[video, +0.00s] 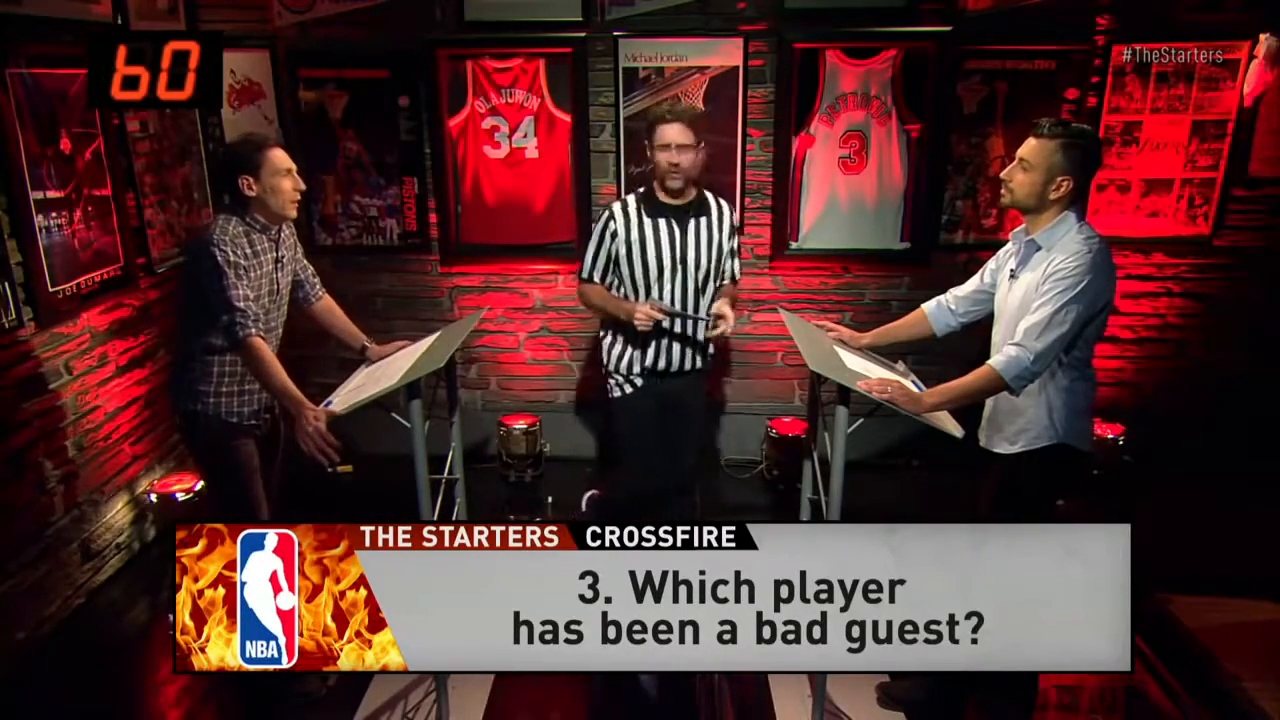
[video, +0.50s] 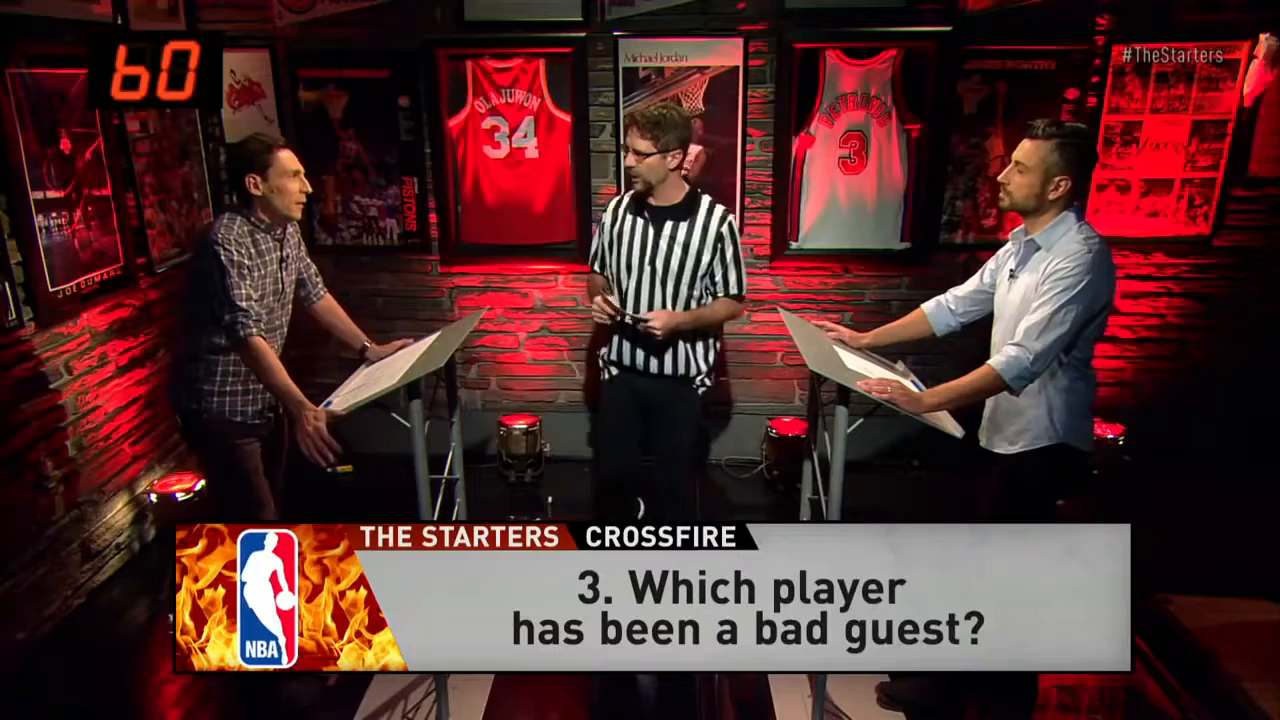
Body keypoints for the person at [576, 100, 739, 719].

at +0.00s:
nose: (675, 158)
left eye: (685, 147)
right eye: (665, 148)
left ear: (702, 154)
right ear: (649, 154)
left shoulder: (721, 215)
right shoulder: (620, 216)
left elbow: (726, 285)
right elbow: (588, 288)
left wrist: (725, 307)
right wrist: (628, 311)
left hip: (692, 380)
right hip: (631, 382)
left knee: (685, 488)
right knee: (635, 488)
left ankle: (680, 576)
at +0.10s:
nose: (649, 162)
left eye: (661, 152)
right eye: (644, 151)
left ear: (694, 156)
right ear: (639, 153)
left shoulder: (722, 216)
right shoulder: (619, 212)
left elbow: (733, 287)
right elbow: (586, 285)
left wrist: (716, 311)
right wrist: (619, 308)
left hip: (690, 381)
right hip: (628, 380)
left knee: (679, 487)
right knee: (631, 486)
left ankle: (674, 575)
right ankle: (620, 570)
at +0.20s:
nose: (637, 162)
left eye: (650, 155)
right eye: (636, 152)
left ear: (689, 159)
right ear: (639, 151)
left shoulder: (722, 218)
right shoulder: (618, 210)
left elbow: (736, 297)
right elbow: (589, 280)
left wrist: (708, 316)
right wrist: (612, 303)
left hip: (689, 385)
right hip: (625, 381)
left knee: (678, 492)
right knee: (621, 489)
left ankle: (673, 586)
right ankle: (617, 584)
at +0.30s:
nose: (634, 162)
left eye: (646, 155)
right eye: (633, 151)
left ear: (686, 158)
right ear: (637, 150)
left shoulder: (720, 219)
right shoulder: (619, 209)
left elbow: (738, 299)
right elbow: (594, 274)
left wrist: (695, 320)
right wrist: (606, 299)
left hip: (686, 385)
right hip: (622, 380)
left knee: (677, 492)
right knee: (619, 488)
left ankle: (673, 585)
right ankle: (616, 581)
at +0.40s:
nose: (631, 162)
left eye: (642, 154)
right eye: (630, 152)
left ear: (679, 159)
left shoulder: (720, 222)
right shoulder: (617, 211)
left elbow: (734, 301)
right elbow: (599, 273)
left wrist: (685, 320)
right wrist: (602, 298)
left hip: (684, 384)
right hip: (622, 378)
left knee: (676, 491)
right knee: (613, 486)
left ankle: (673, 572)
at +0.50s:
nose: (628, 162)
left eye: (638, 154)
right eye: (627, 152)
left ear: (675, 158)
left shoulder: (717, 222)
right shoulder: (616, 211)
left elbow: (732, 303)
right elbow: (599, 275)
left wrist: (679, 321)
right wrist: (600, 300)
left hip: (682, 385)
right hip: (620, 380)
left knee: (675, 493)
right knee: (612, 487)